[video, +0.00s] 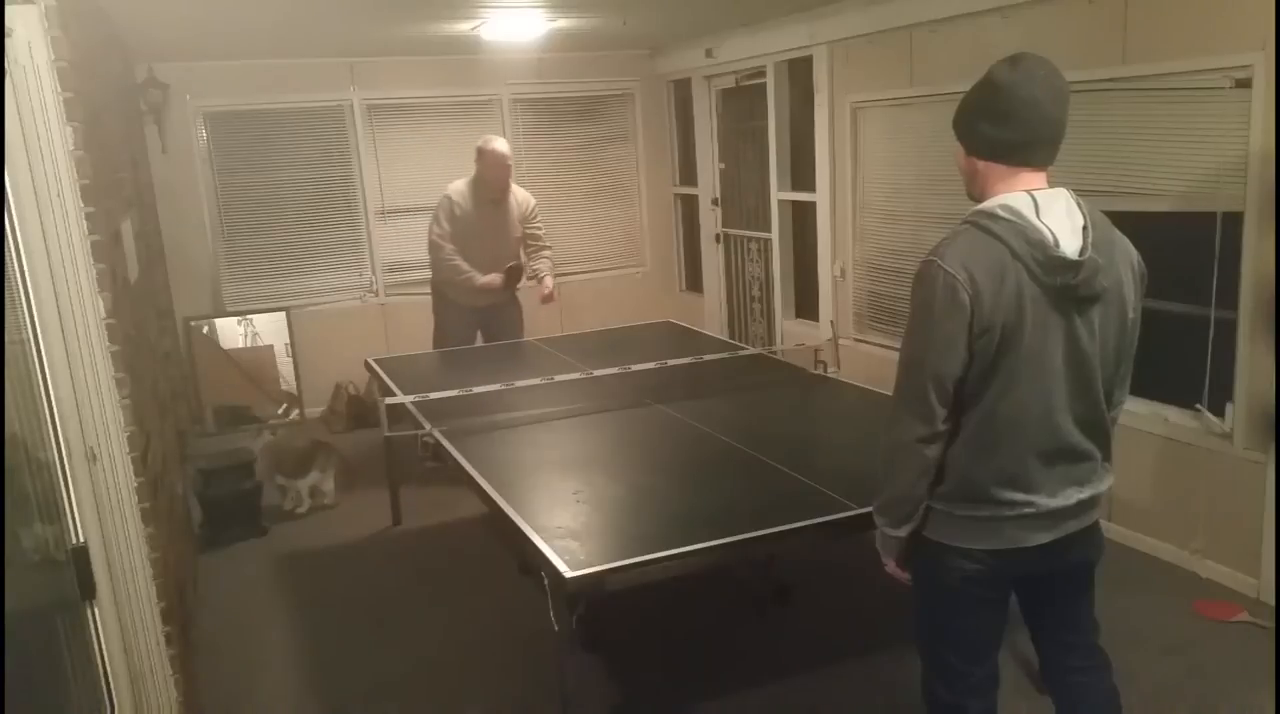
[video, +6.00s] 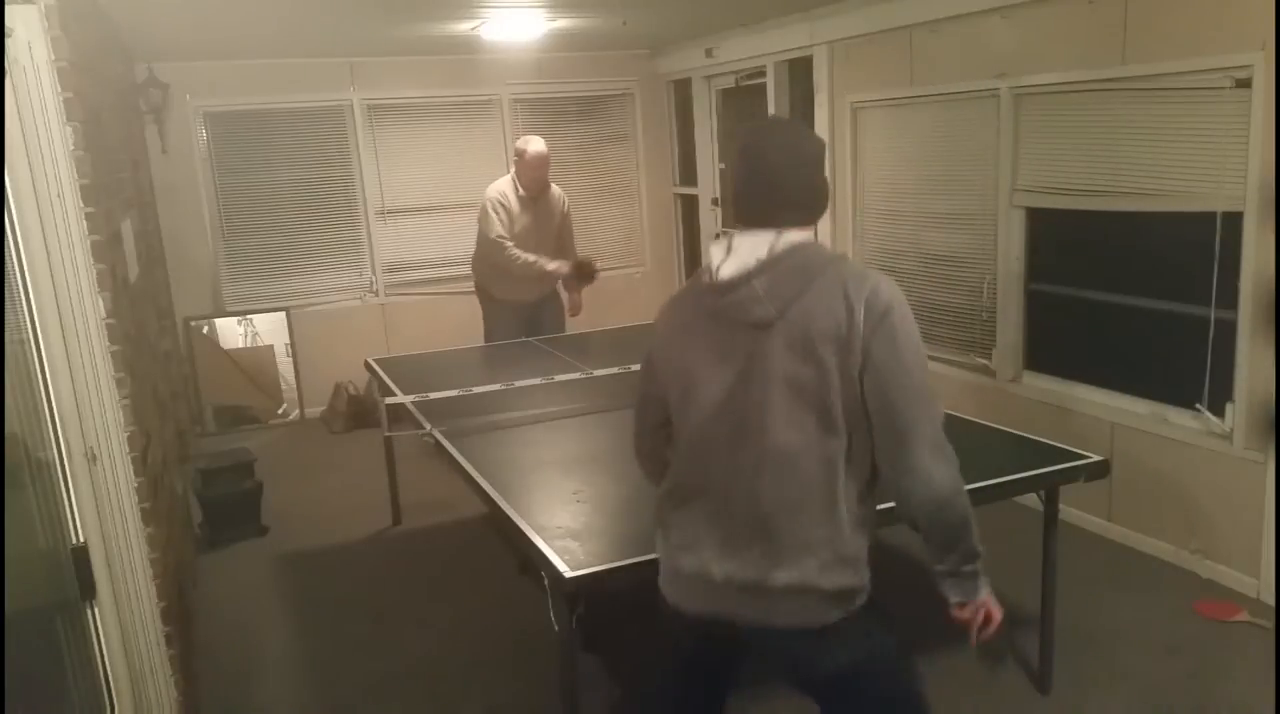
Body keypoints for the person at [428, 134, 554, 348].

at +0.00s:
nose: (504, 175)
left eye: (507, 167)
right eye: (496, 168)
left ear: (512, 165)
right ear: (479, 165)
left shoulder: (523, 201)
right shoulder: (453, 199)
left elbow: (538, 246)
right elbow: (441, 254)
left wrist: (546, 277)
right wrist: (476, 280)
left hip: (503, 301)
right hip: (456, 303)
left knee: (512, 368)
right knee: (455, 374)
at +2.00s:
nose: (507, 164)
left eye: (513, 156)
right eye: (500, 157)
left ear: (525, 155)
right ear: (490, 158)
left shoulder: (545, 196)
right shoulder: (469, 189)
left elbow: (563, 250)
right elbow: (440, 204)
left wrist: (564, 299)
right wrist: (410, 199)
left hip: (529, 296)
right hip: (482, 298)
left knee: (535, 368)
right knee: (481, 371)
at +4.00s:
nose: (513, 160)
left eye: (517, 152)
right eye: (505, 154)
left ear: (524, 152)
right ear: (491, 156)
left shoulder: (546, 190)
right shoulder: (472, 197)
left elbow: (566, 240)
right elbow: (453, 247)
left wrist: (571, 285)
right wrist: (473, 284)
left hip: (538, 302)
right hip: (492, 307)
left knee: (541, 372)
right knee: (495, 372)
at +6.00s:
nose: (541, 177)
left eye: (545, 169)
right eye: (533, 171)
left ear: (549, 165)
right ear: (516, 165)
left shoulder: (557, 197)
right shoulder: (496, 197)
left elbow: (567, 248)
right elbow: (497, 250)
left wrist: (573, 291)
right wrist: (550, 266)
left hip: (545, 296)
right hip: (503, 299)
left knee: (554, 363)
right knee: (506, 367)